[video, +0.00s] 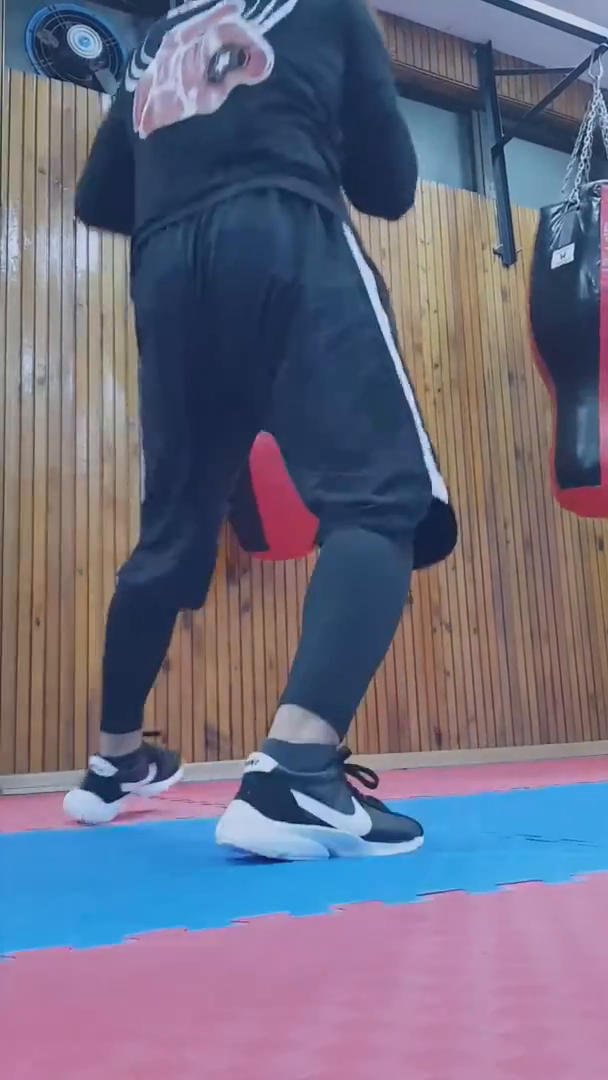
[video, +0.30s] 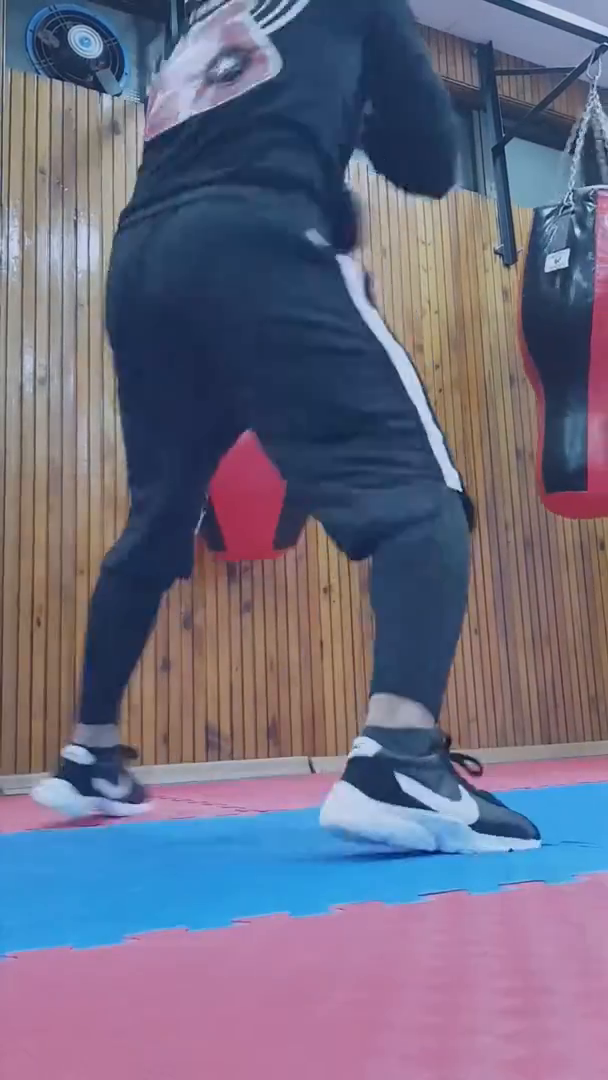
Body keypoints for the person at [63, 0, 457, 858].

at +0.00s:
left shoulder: (157, 52)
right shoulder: (330, 12)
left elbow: (99, 196)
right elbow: (388, 186)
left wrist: (204, 194)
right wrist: (310, 122)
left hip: (165, 262)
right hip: (287, 236)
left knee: (172, 520)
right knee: (375, 502)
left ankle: (114, 758)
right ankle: (295, 769)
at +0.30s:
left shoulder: (190, 29)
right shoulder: (356, 8)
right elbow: (428, 166)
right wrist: (342, 103)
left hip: (141, 254)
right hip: (259, 241)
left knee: (156, 519)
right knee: (422, 502)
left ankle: (90, 751)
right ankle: (398, 751)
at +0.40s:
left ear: (240, 11)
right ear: (302, 3)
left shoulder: (197, 69)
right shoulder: (318, 15)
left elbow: (253, 251)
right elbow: (346, 176)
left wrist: (374, 229)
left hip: (113, 293)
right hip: (212, 268)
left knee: (157, 538)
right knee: (411, 502)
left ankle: (31, 741)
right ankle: (394, 750)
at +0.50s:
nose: (306, 94)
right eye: (304, 79)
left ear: (219, 51)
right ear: (279, 46)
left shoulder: (166, 129)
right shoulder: (265, 55)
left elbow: (219, 251)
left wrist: (321, 298)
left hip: (98, 338)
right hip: (192, 306)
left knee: (148, 567)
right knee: (398, 517)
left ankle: (31, 755)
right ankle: (393, 730)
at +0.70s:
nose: (45, 73)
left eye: (47, 59)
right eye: (50, 61)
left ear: (59, 53)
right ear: (116, 63)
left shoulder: (69, 82)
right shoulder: (172, 142)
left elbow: (60, 195)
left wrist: (14, 235)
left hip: (118, 322)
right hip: (226, 325)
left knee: (30, 549)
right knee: (274, 542)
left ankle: (12, 761)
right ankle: (442, 656)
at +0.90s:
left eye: (65, 79)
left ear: (69, 90)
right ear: (150, 84)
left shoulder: (42, 128)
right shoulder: (214, 131)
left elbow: (15, 271)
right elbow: (285, 278)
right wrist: (193, 278)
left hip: (121, 350)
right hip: (241, 346)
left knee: (44, 564)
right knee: (320, 551)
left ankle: (15, 764)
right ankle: (364, 689)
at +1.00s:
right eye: (207, 29)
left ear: (114, 50)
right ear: (197, 37)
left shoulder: (71, 112)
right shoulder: (244, 94)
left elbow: (36, 262)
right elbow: (318, 245)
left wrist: (105, 176)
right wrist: (229, 186)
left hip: (130, 342)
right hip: (248, 326)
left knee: (78, 557)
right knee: (357, 535)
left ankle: (19, 765)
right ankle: (382, 716)